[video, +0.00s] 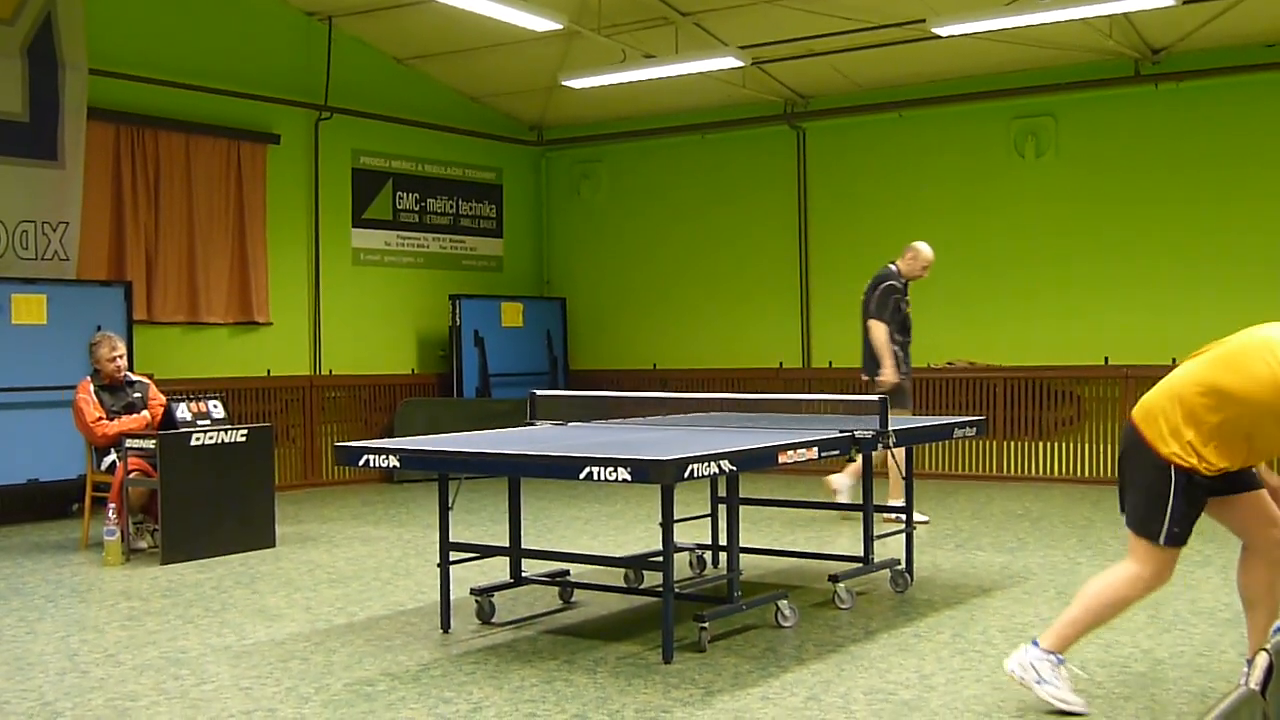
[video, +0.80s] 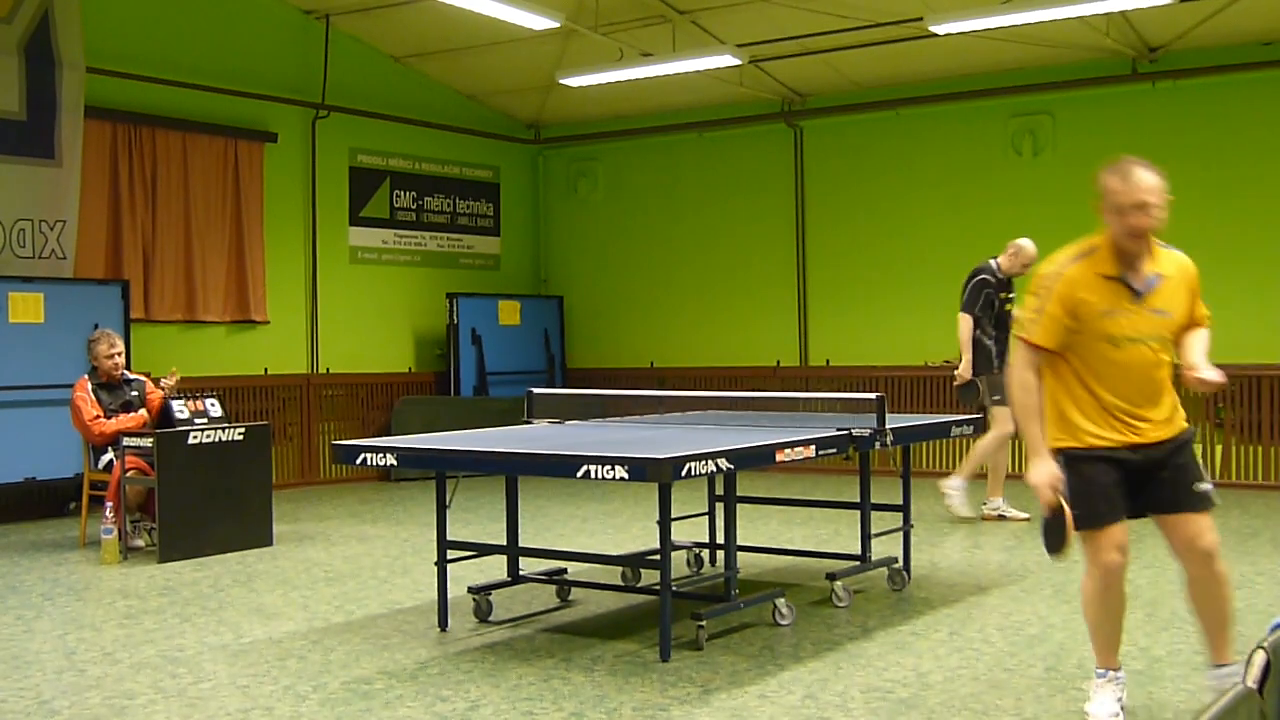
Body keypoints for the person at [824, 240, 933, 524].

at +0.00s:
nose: (925, 274)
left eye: (927, 268)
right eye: (924, 267)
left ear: (911, 260)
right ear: (909, 259)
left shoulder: (895, 281)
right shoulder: (889, 282)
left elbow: (886, 327)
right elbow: (877, 324)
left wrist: (896, 365)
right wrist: (887, 366)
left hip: (892, 371)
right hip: (892, 372)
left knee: (888, 438)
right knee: (900, 437)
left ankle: (844, 478)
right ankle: (897, 503)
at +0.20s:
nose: (946, 272)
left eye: (949, 266)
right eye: (945, 265)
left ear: (929, 256)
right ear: (931, 256)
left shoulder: (906, 276)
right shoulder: (914, 279)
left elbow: (903, 326)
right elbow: (909, 323)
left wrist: (930, 359)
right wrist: (934, 358)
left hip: (910, 368)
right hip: (909, 369)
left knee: (935, 424)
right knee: (911, 433)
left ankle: (916, 493)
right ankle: (898, 501)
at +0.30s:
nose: (955, 274)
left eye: (958, 269)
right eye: (956, 267)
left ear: (942, 257)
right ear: (942, 257)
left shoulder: (915, 276)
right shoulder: (924, 280)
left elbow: (915, 328)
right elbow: (920, 323)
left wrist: (942, 359)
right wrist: (950, 358)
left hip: (924, 369)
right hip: (916, 369)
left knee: (944, 430)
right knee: (907, 436)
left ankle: (952, 497)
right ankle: (894, 503)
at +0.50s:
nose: (984, 279)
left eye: (987, 274)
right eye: (984, 272)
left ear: (969, 261)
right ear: (970, 261)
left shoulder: (946, 282)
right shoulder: (950, 285)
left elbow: (939, 333)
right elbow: (943, 328)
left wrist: (960, 369)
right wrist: (968, 366)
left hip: (953, 379)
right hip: (940, 377)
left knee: (973, 437)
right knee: (922, 439)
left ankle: (990, 502)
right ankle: (895, 502)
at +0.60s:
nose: (1001, 277)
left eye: (1004, 272)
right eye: (1001, 271)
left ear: (990, 260)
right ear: (989, 260)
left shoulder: (973, 284)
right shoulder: (965, 283)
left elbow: (961, 329)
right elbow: (954, 326)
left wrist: (972, 367)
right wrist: (966, 369)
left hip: (974, 371)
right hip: (959, 373)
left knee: (991, 431)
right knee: (952, 435)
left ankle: (993, 503)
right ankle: (905, 493)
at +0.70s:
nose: (1011, 274)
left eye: (1014, 269)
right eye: (1011, 267)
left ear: (1002, 259)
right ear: (998, 256)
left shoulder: (989, 283)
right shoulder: (972, 280)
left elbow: (983, 326)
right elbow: (958, 322)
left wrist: (996, 349)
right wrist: (966, 364)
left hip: (989, 365)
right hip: (973, 365)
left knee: (997, 430)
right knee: (975, 432)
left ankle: (994, 502)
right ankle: (923, 483)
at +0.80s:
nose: (1024, 272)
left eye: (1027, 268)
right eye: (1023, 266)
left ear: (1016, 258)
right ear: (1011, 255)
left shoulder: (1006, 281)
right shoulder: (984, 277)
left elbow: (1003, 319)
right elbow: (966, 316)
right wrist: (966, 360)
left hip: (1001, 363)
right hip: (985, 364)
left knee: (1002, 430)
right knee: (1004, 426)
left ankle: (995, 501)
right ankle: (956, 481)